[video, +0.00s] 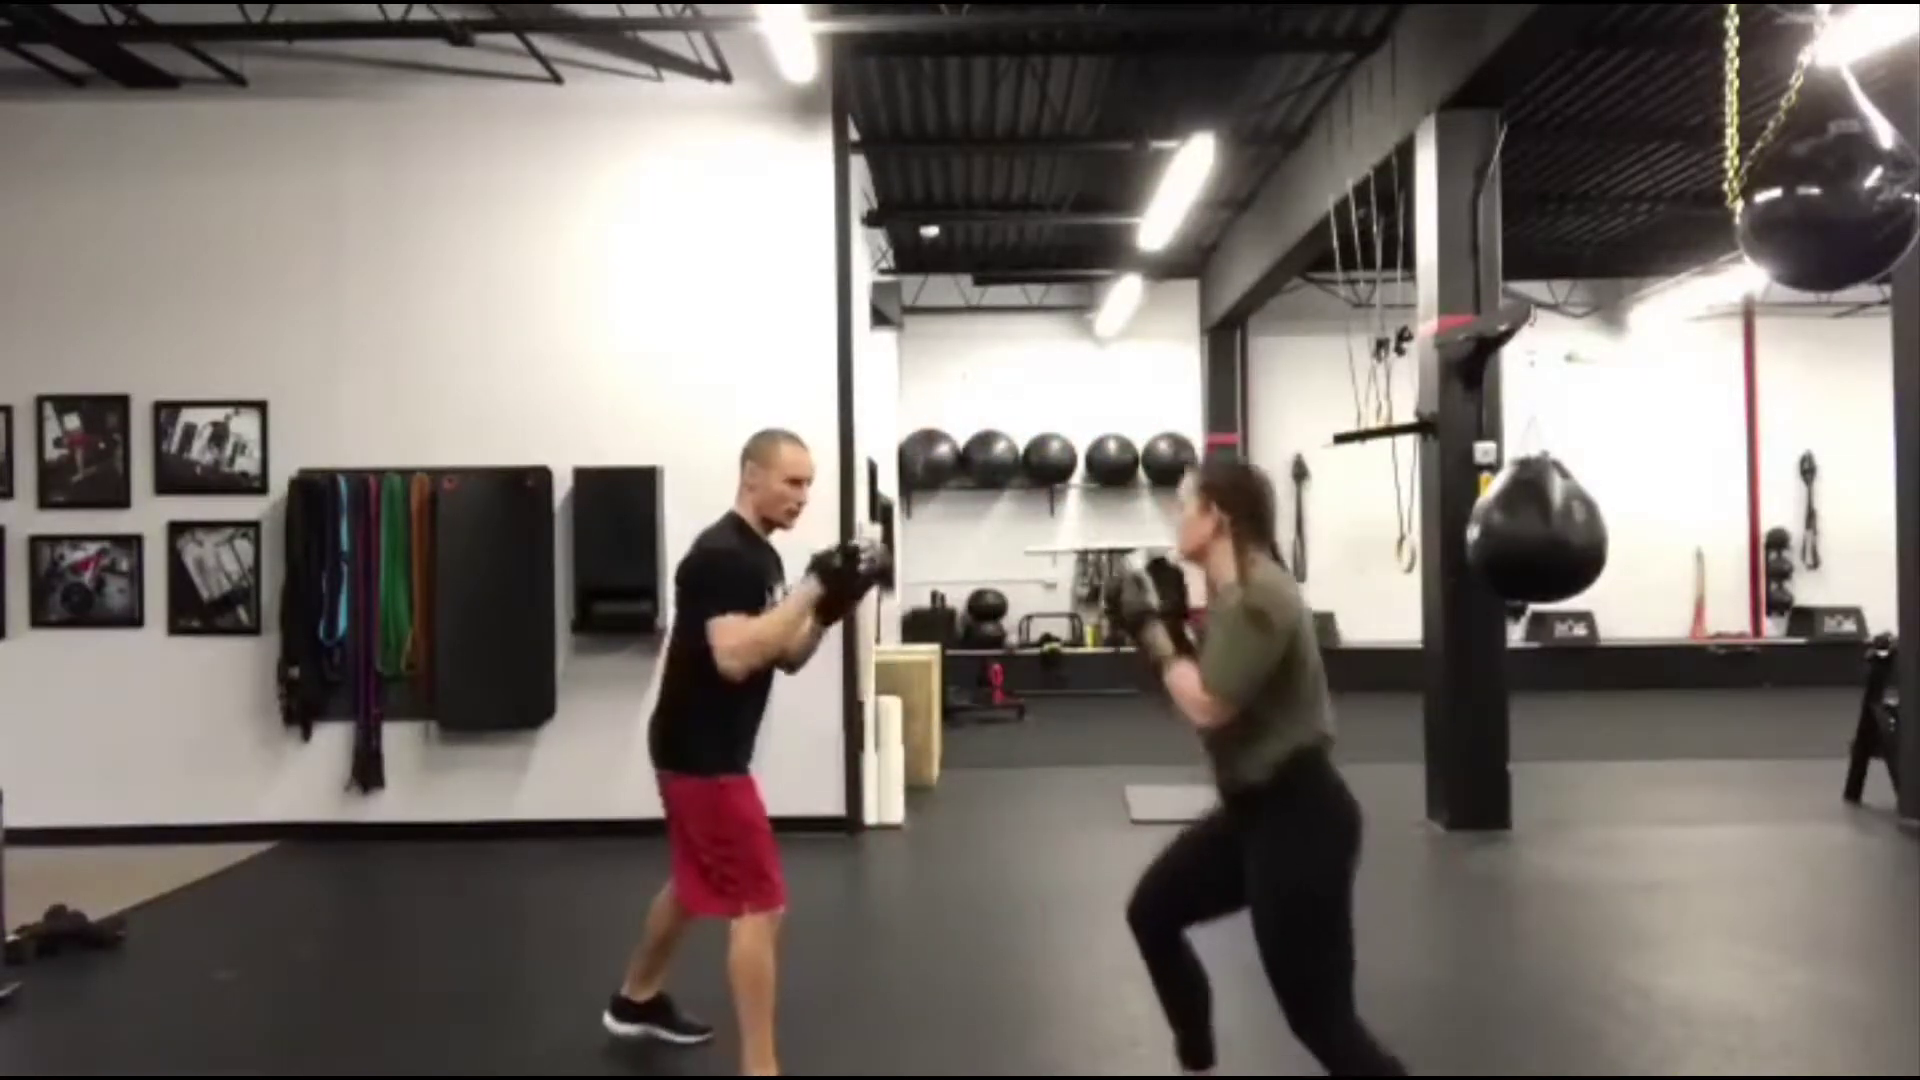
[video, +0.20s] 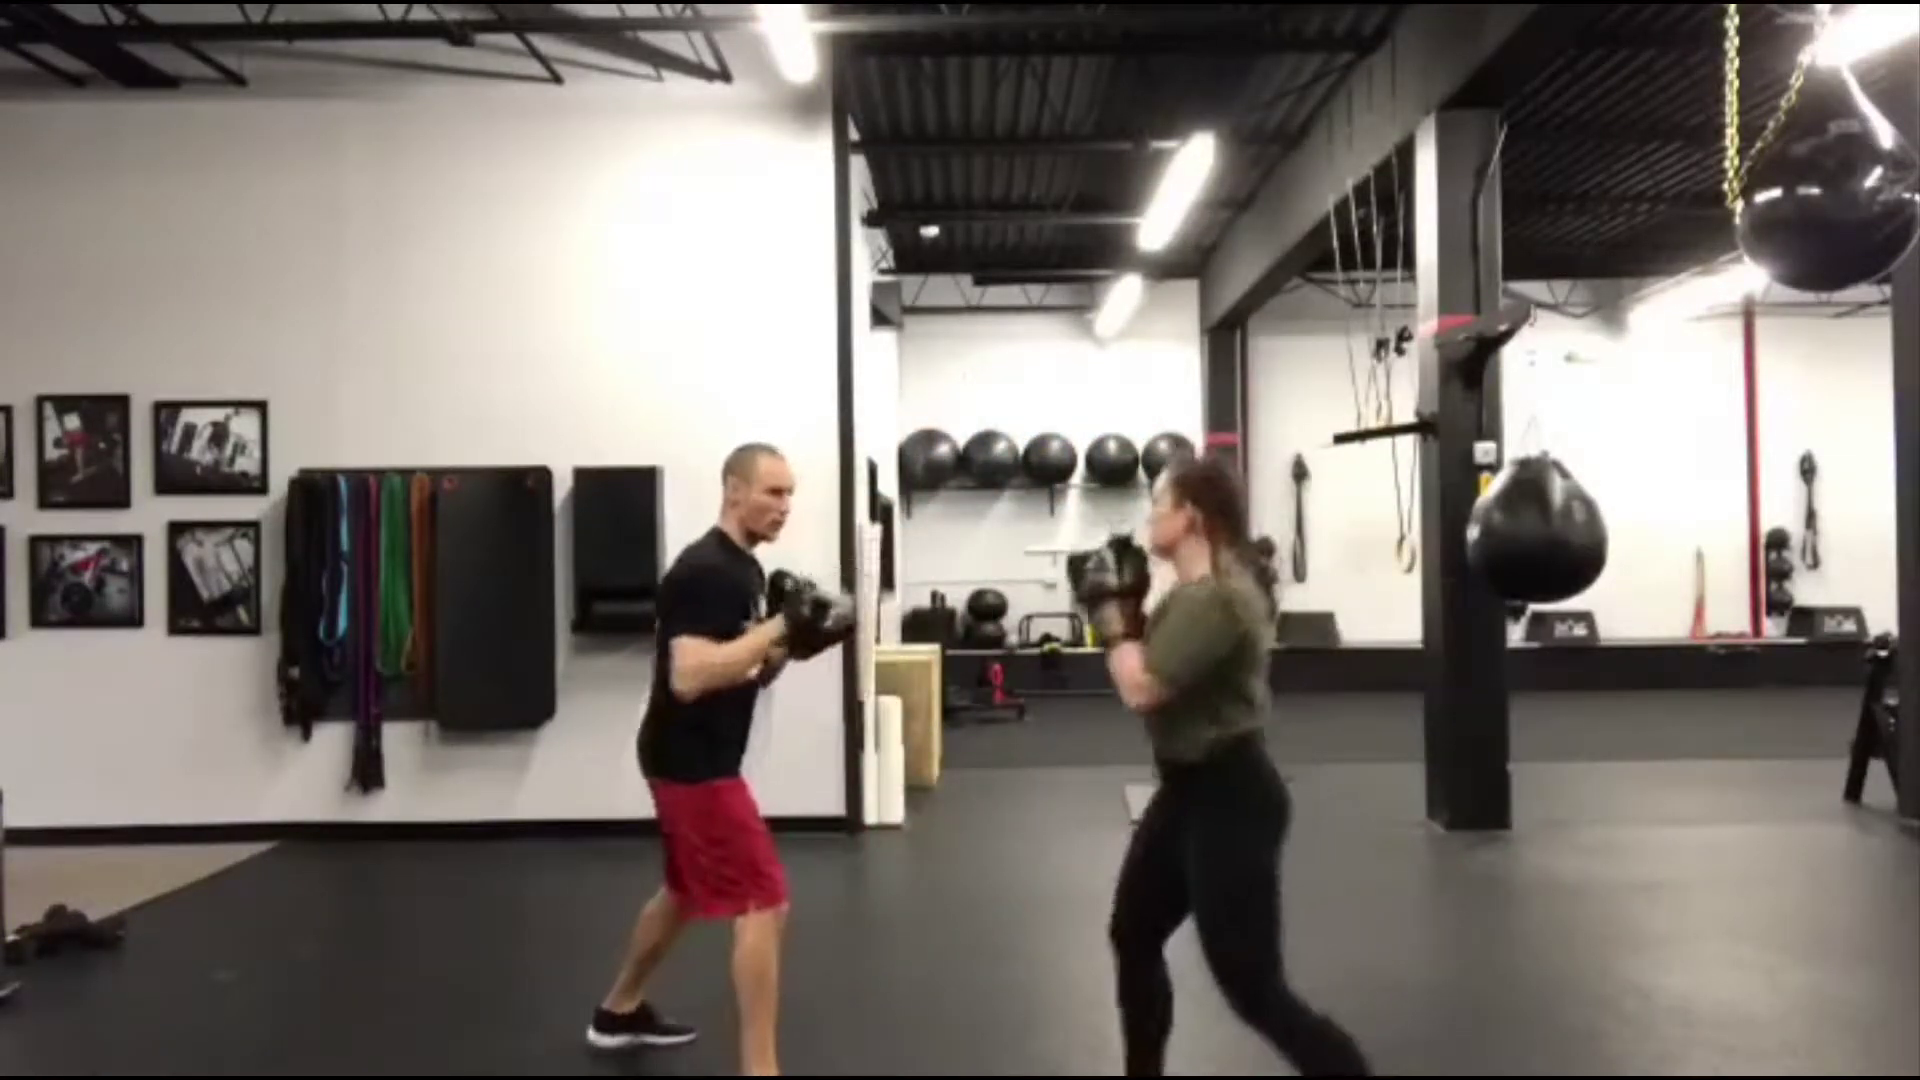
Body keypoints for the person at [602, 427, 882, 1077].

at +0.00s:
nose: (801, 497)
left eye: (806, 485)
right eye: (792, 483)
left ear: (792, 487)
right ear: (750, 478)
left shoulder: (760, 558)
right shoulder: (720, 556)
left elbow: (788, 655)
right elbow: (733, 654)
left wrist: (831, 605)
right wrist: (811, 593)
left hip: (709, 754)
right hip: (701, 758)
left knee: (694, 882)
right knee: (760, 903)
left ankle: (636, 1000)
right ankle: (761, 1066)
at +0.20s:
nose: (784, 507)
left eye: (788, 495)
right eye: (772, 494)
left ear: (779, 499)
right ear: (733, 494)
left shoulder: (744, 570)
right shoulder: (703, 570)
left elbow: (739, 672)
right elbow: (687, 675)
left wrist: (790, 638)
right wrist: (777, 630)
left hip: (698, 760)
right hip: (691, 765)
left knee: (685, 890)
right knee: (763, 901)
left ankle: (619, 1009)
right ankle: (760, 1066)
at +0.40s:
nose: (774, 498)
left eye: (778, 487)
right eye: (763, 485)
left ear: (761, 493)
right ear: (725, 486)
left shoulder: (738, 564)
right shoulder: (691, 561)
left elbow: (755, 662)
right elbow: (666, 668)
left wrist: (789, 612)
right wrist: (749, 624)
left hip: (683, 752)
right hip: (674, 756)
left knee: (670, 887)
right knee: (732, 900)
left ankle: (618, 1010)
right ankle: (746, 1063)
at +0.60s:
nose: (781, 505)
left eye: (785, 494)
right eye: (770, 492)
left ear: (770, 499)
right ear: (729, 493)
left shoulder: (730, 569)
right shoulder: (703, 569)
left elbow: (751, 671)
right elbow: (699, 670)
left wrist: (792, 623)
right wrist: (781, 614)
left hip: (673, 760)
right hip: (679, 765)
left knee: (675, 891)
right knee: (750, 905)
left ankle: (617, 1012)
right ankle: (737, 1067)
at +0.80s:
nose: (789, 508)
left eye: (792, 496)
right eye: (777, 494)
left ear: (773, 498)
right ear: (736, 493)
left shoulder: (741, 566)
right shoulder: (703, 567)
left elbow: (759, 662)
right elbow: (713, 668)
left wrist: (793, 602)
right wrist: (783, 600)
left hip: (678, 756)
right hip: (672, 761)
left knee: (671, 885)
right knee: (743, 905)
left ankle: (617, 1003)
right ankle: (736, 1066)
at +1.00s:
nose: (780, 513)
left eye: (783, 501)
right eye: (770, 500)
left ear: (749, 504)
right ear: (730, 499)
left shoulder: (733, 571)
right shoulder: (692, 570)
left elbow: (760, 663)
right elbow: (702, 674)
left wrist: (789, 612)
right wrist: (772, 615)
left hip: (673, 758)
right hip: (662, 762)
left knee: (671, 887)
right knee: (734, 904)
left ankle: (613, 1008)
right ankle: (735, 1066)